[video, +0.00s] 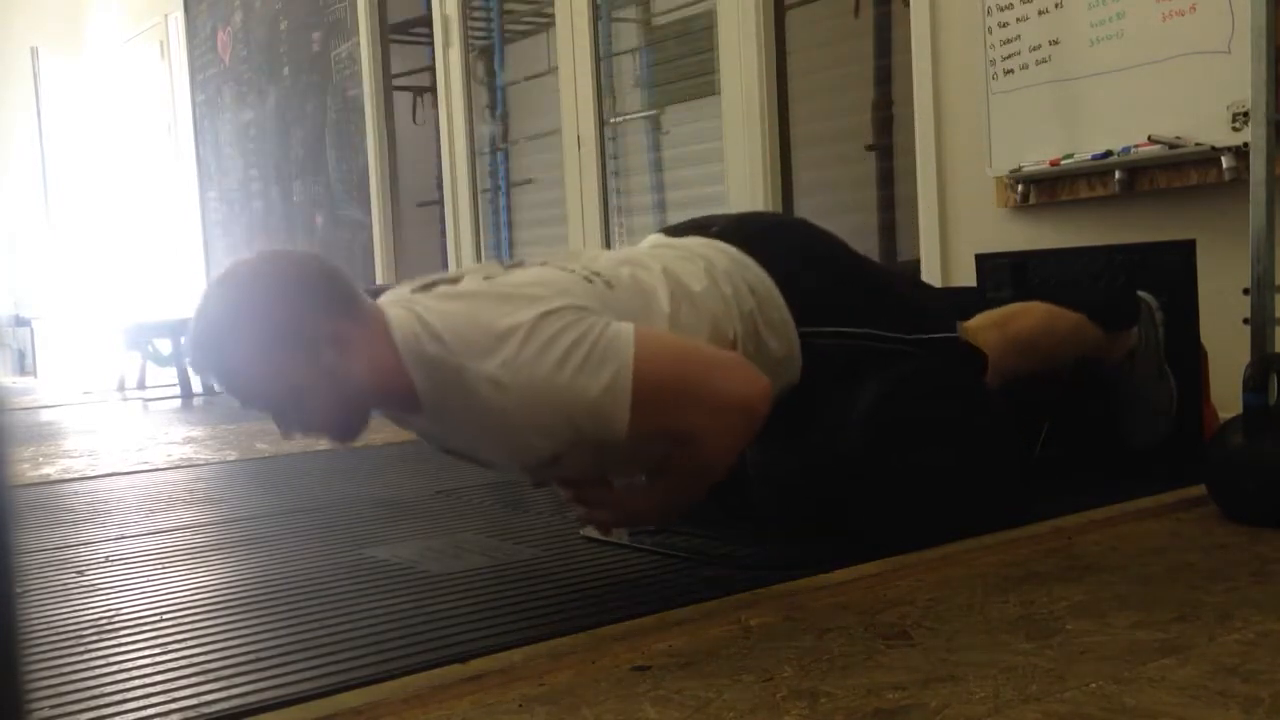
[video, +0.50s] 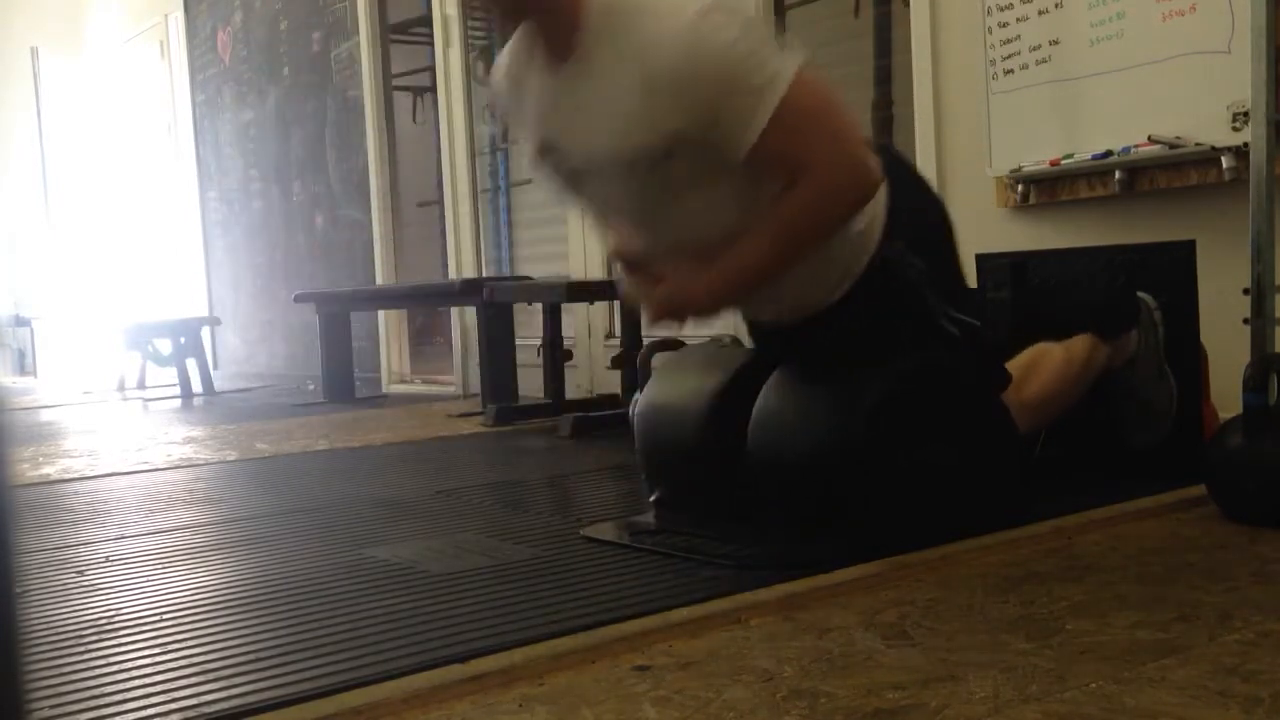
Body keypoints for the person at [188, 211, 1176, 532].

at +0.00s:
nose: (282, 420)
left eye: (277, 393)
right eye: (262, 405)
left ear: (338, 346)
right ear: (330, 336)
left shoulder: (505, 367)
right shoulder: (398, 343)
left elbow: (743, 404)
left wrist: (653, 495)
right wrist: (597, 460)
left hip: (766, 298)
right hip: (705, 266)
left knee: (959, 340)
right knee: (918, 312)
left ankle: (1120, 334)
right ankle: (1065, 321)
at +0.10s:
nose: (281, 418)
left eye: (276, 391)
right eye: (262, 400)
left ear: (347, 346)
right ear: (340, 339)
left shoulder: (515, 368)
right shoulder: (404, 334)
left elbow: (752, 399)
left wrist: (666, 496)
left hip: (774, 292)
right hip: (712, 260)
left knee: (953, 346)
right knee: (913, 311)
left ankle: (1113, 329)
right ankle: (1064, 303)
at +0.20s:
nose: (293, 362)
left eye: (293, 332)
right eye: (274, 342)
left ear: (363, 283)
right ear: (347, 289)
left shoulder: (515, 312)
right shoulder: (411, 326)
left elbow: (758, 360)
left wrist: (662, 466)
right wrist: (614, 447)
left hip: (786, 267)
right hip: (717, 259)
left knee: (957, 358)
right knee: (922, 323)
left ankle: (1108, 333)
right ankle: (1051, 334)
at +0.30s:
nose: (320, 233)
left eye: (327, 201)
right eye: (308, 211)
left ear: (397, 165)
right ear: (367, 187)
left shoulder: (547, 226)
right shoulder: (434, 260)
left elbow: (781, 303)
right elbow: (592, 307)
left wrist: (673, 408)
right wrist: (607, 390)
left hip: (812, 244)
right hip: (726, 257)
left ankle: (1095, 338)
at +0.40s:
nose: (388, 91)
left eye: (404, 57)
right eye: (373, 65)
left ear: (475, 39)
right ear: (369, 64)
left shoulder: (604, 133)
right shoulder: (458, 166)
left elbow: (812, 234)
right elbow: (587, 257)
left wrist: (688, 349)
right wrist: (624, 330)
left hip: (836, 230)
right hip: (710, 274)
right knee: (682, 452)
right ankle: (959, 376)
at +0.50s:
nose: (480, 2)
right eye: (481, 4)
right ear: (507, 3)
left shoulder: (688, 38)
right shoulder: (517, 78)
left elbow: (849, 171)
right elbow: (631, 188)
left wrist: (708, 282)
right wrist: (637, 252)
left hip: (861, 277)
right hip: (757, 303)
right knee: (683, 451)